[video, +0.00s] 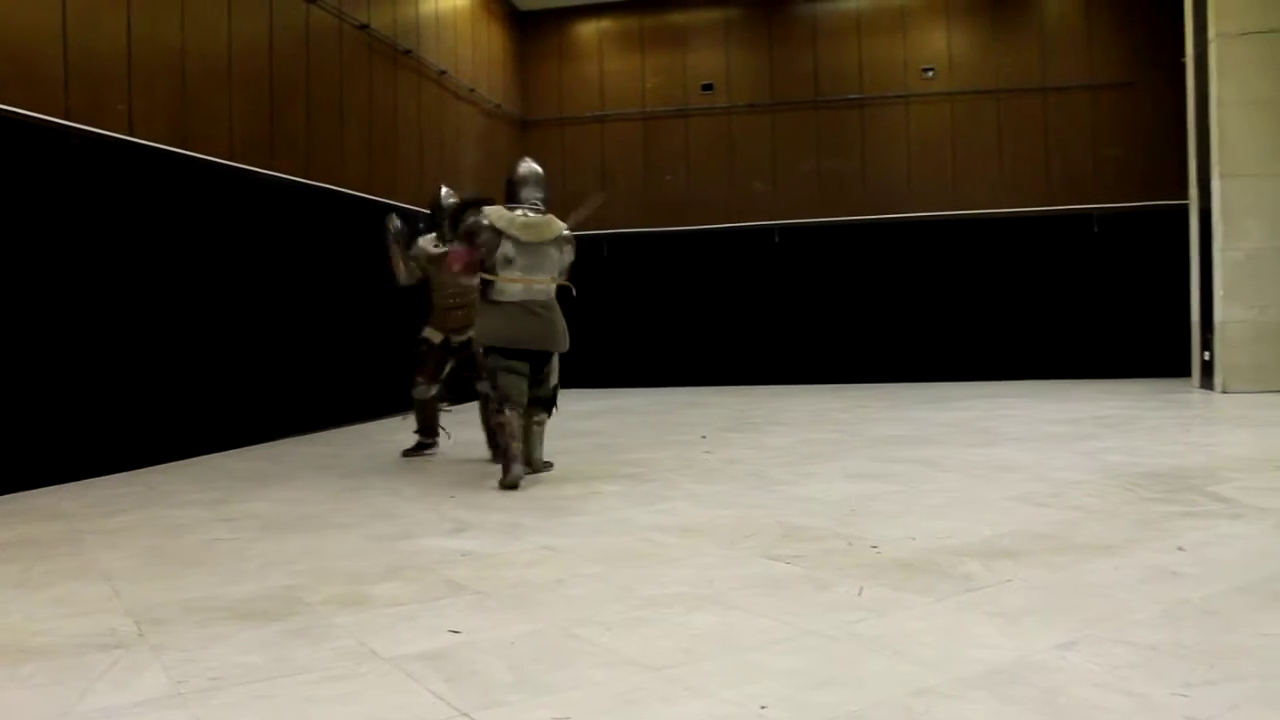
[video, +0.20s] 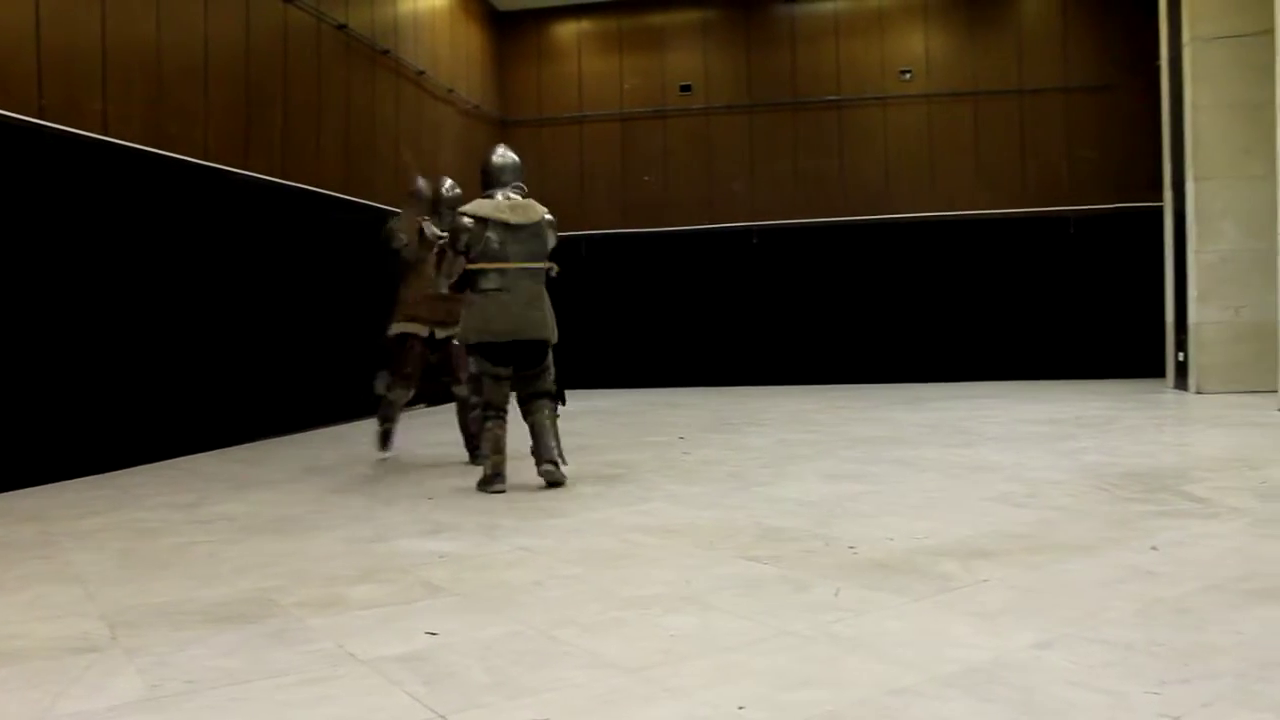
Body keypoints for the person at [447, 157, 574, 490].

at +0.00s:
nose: (527, 196)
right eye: (534, 190)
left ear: (510, 189)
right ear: (543, 191)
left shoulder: (491, 221)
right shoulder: (560, 234)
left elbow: (469, 259)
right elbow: (562, 273)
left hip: (500, 323)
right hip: (543, 324)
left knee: (507, 392)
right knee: (540, 390)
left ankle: (512, 461)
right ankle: (534, 457)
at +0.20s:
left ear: (485, 178)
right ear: (521, 176)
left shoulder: (471, 218)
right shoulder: (542, 218)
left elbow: (447, 272)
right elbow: (548, 252)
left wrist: (446, 245)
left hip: (489, 324)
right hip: (534, 324)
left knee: (492, 403)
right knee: (539, 392)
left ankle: (495, 473)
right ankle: (549, 460)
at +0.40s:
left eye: (489, 182)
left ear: (484, 184)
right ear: (520, 184)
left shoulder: (466, 225)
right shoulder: (538, 226)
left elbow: (449, 271)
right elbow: (542, 278)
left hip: (477, 334)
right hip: (528, 333)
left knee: (474, 397)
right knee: (544, 402)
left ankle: (474, 473)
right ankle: (568, 461)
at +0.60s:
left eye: (505, 182)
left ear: (499, 182)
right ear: (536, 183)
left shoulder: (481, 218)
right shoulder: (556, 229)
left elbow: (439, 241)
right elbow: (557, 266)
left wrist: (435, 207)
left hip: (490, 332)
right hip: (542, 332)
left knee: (481, 403)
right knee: (549, 410)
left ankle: (472, 479)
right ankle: (561, 489)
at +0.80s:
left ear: (490, 167)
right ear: (529, 169)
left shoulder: (469, 202)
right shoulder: (550, 216)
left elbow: (428, 222)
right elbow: (554, 250)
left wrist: (427, 195)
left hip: (476, 324)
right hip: (533, 325)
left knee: (465, 394)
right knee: (544, 401)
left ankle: (446, 471)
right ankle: (548, 490)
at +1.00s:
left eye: (465, 169)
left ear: (463, 170)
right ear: (503, 168)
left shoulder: (440, 212)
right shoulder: (530, 219)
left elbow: (404, 253)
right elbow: (539, 276)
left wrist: (402, 224)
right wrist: (503, 257)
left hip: (451, 326)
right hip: (510, 326)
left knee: (425, 394)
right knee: (528, 402)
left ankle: (396, 478)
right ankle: (537, 491)